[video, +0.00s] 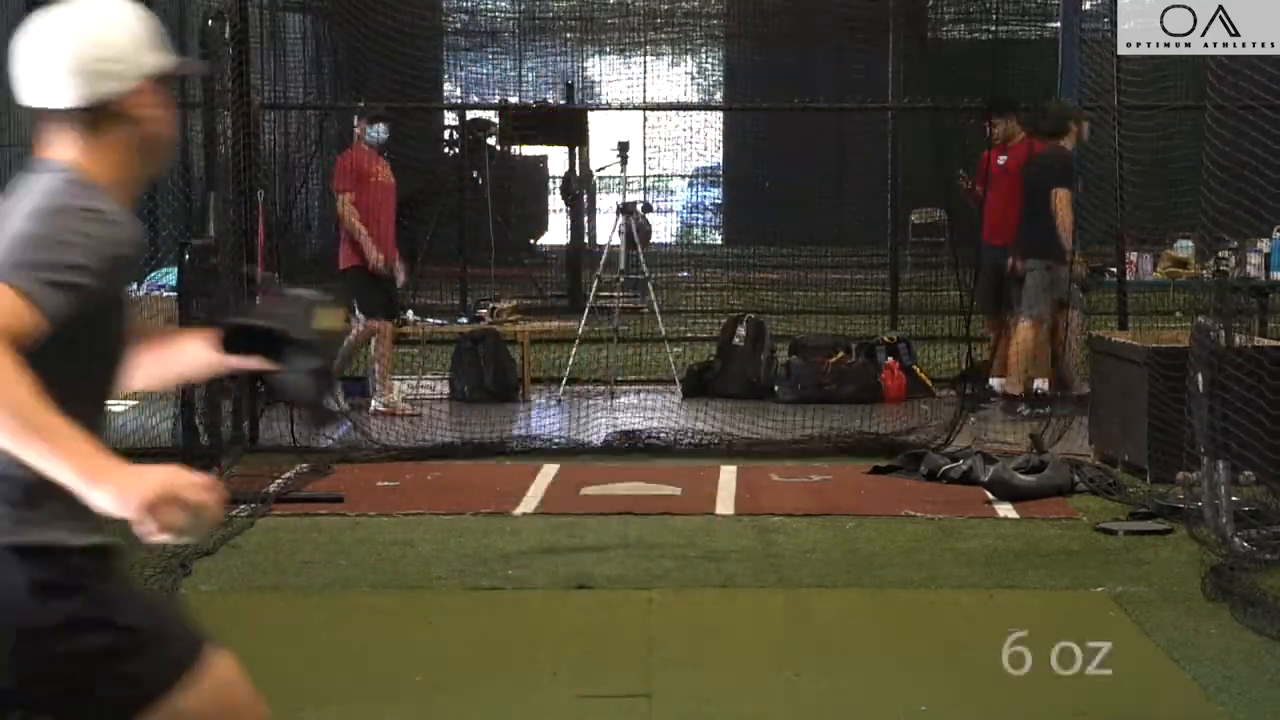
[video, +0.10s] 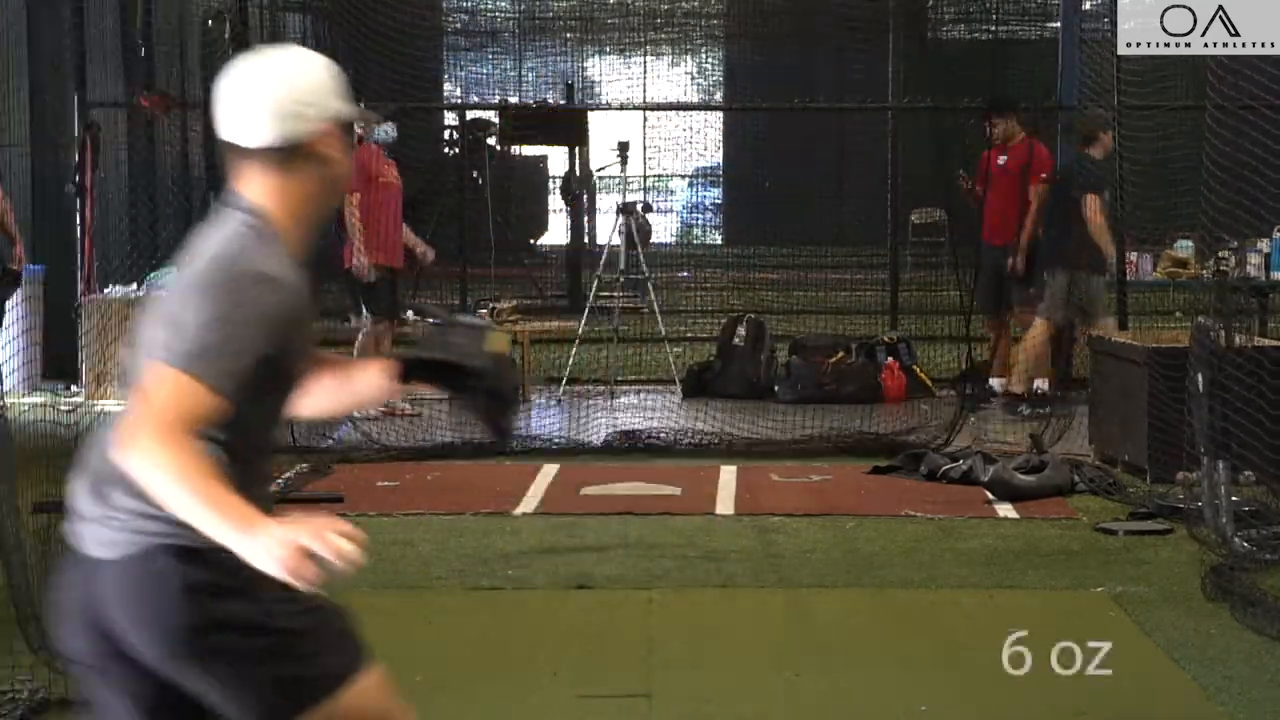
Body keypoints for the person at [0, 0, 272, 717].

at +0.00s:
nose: (174, 109)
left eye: (168, 88)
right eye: (164, 88)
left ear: (57, 106)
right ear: (132, 98)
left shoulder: (41, 206)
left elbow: (64, 363)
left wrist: (213, 348)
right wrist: (110, 481)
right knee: (225, 701)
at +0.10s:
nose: (354, 153)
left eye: (350, 134)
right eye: (348, 133)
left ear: (240, 146)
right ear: (323, 140)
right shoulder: (249, 268)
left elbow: (262, 386)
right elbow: (147, 437)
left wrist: (359, 382)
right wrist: (256, 532)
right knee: (376, 707)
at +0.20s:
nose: (475, 191)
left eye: (473, 176)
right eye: (472, 175)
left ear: (376, 186)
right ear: (454, 181)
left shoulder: (366, 280)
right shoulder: (385, 301)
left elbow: (408, 402)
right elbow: (331, 471)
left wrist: (540, 377)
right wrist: (458, 571)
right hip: (288, 562)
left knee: (478, 688)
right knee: (474, 702)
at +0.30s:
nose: (547, 166)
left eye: (543, 152)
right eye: (543, 153)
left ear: (462, 165)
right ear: (531, 162)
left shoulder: (475, 256)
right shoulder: (461, 266)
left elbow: (497, 365)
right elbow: (419, 424)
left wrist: (615, 325)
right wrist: (563, 468)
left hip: (429, 509)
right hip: (380, 518)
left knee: (574, 640)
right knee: (464, 705)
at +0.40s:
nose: (589, 156)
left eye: (585, 144)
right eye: (587, 145)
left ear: (507, 152)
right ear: (577, 154)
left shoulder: (549, 237)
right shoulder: (495, 254)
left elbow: (584, 313)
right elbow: (496, 410)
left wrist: (676, 259)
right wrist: (624, 371)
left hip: (526, 475)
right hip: (466, 477)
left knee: (653, 646)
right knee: (519, 669)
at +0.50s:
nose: (608, 132)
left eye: (604, 122)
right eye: (607, 122)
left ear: (532, 127)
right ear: (600, 131)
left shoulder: (547, 200)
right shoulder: (544, 217)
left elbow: (593, 270)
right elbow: (590, 357)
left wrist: (649, 219)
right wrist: (678, 267)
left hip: (562, 438)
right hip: (508, 443)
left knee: (657, 587)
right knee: (577, 627)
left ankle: (660, 715)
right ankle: (452, 716)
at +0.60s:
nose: (625, 105)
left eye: (622, 95)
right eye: (625, 95)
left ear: (549, 98)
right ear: (618, 103)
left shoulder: (543, 172)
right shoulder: (570, 190)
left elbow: (550, 277)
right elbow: (621, 320)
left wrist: (623, 230)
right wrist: (671, 252)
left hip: (574, 396)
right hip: (521, 403)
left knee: (642, 544)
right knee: (592, 581)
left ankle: (672, 712)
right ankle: (471, 697)